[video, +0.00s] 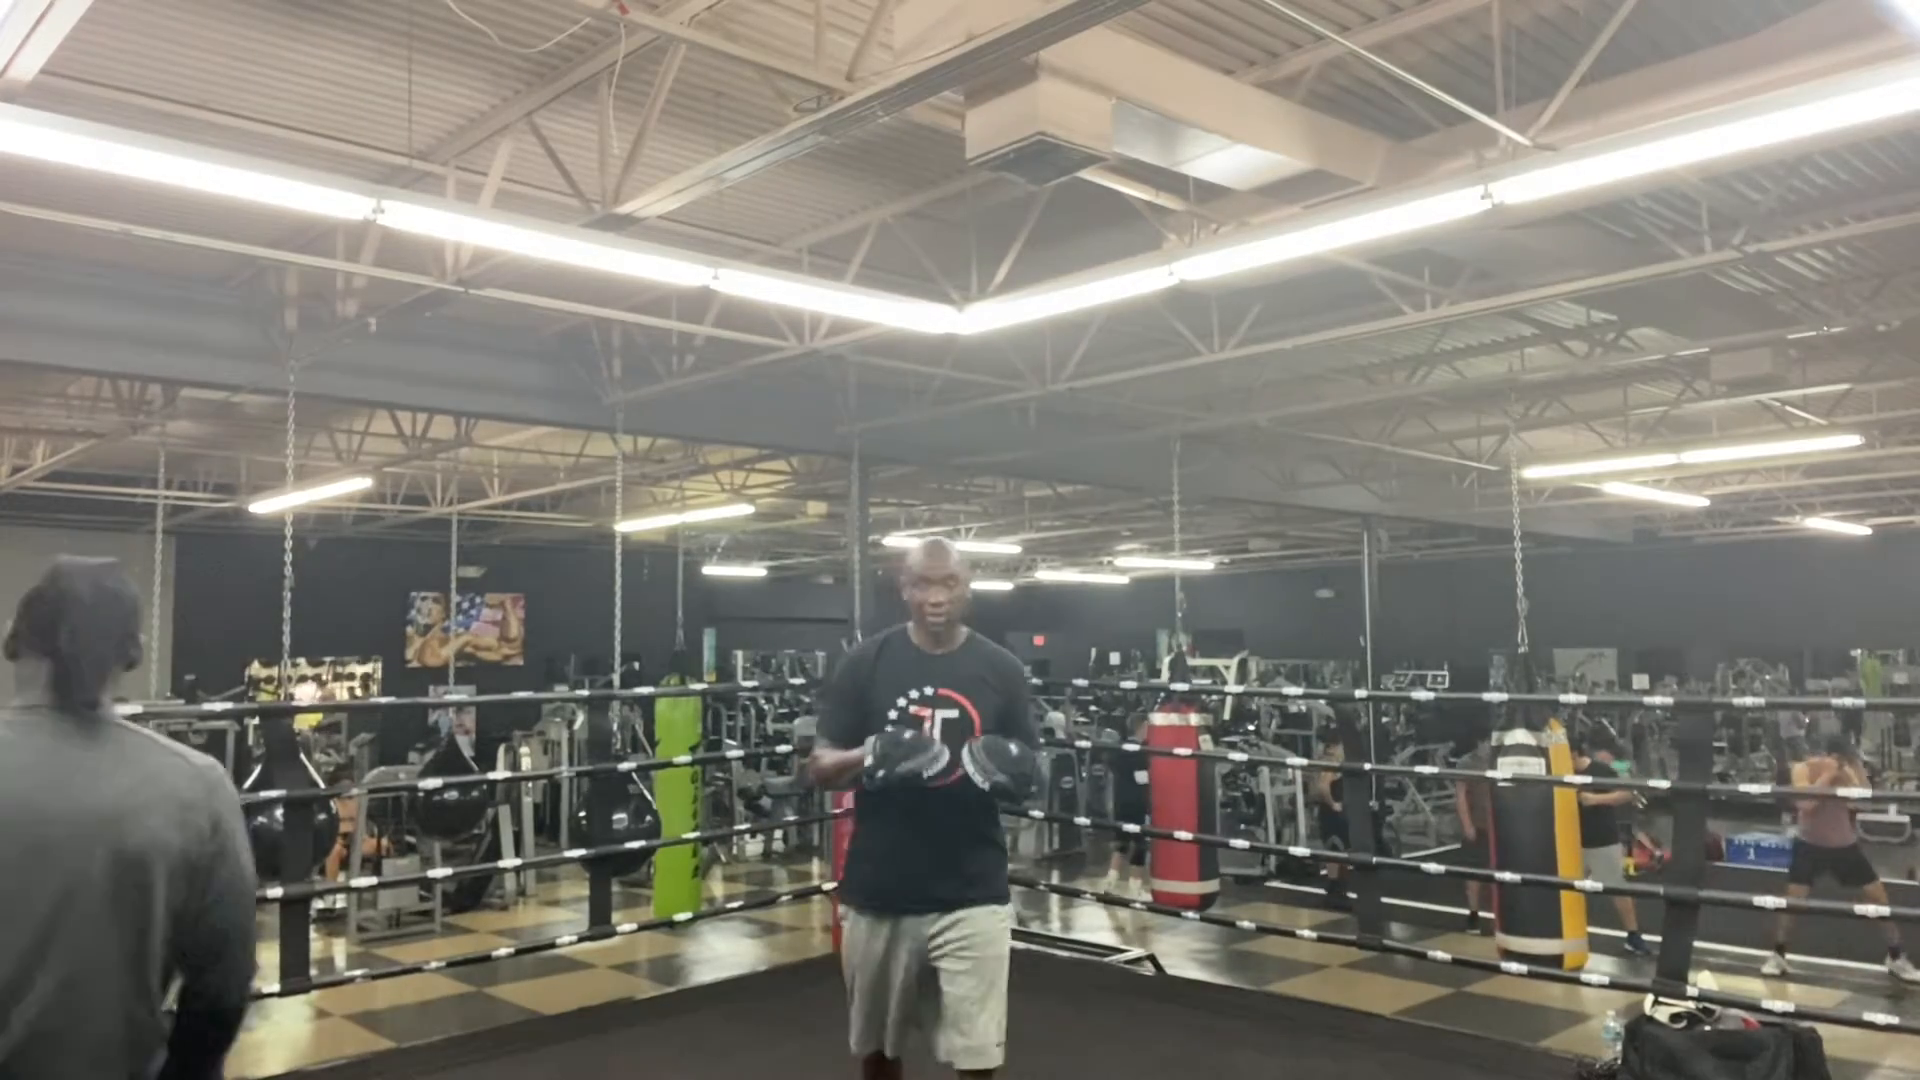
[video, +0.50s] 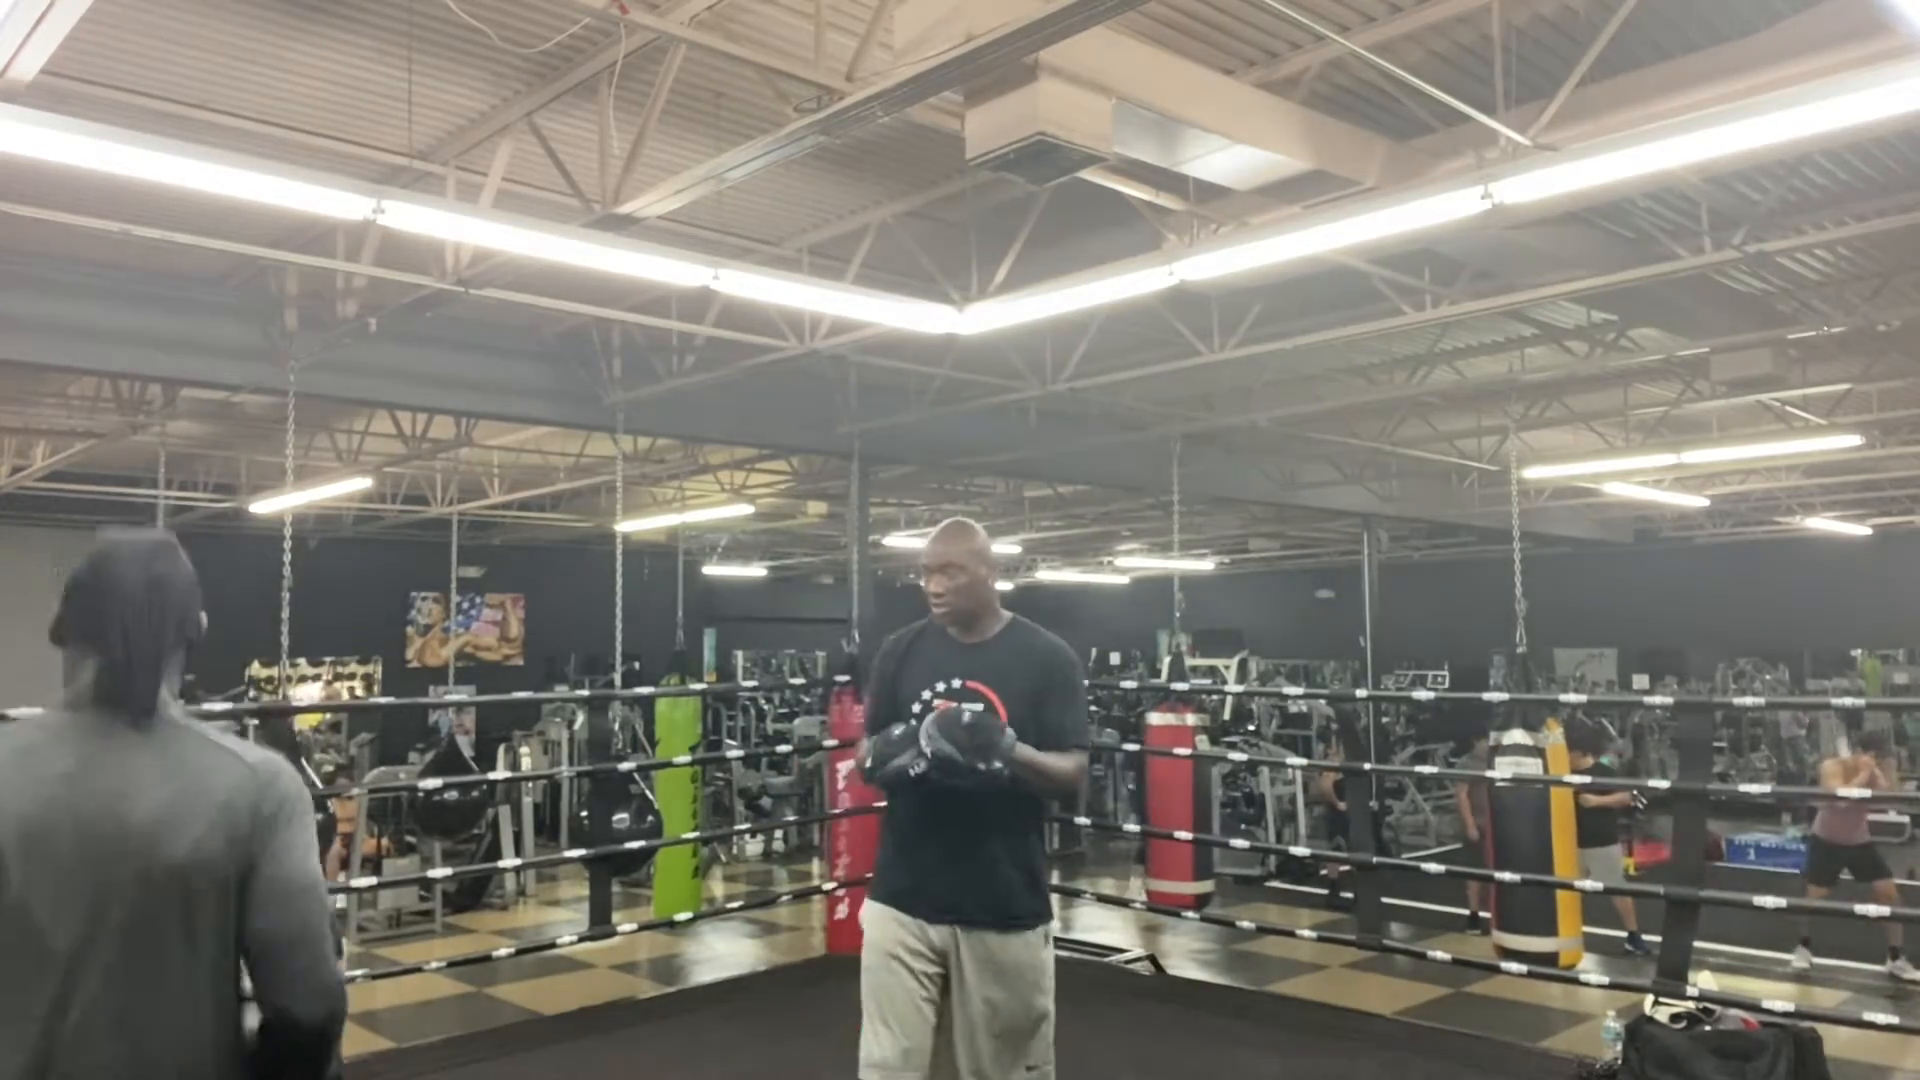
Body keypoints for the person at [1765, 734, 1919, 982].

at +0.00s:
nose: (1836, 762)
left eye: (1841, 759)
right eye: (1833, 757)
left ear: (1846, 758)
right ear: (1823, 753)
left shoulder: (1851, 770)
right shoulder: (1802, 769)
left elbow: (1864, 796)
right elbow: (1804, 805)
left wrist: (1844, 772)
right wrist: (1826, 777)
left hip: (1846, 848)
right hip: (1809, 847)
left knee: (1879, 898)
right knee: (1793, 900)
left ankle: (1896, 957)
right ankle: (1777, 956)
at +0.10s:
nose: (1853, 764)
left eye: (1858, 760)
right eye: (1850, 758)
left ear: (1862, 759)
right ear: (1840, 754)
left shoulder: (1863, 771)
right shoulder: (1817, 769)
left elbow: (1877, 792)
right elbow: (1818, 805)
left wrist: (1864, 768)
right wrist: (1842, 776)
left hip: (1854, 846)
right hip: (1818, 845)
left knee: (1885, 897)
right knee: (1799, 899)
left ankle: (1895, 958)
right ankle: (1779, 955)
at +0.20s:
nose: (1863, 762)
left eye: (1868, 759)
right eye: (1860, 757)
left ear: (1872, 758)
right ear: (1851, 753)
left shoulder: (1874, 773)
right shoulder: (1829, 767)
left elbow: (1886, 800)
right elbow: (1831, 796)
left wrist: (1871, 775)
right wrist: (1856, 774)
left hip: (1860, 843)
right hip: (1826, 841)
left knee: (1888, 894)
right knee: (1803, 896)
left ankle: (1895, 958)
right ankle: (1783, 953)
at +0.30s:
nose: (1871, 764)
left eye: (1876, 760)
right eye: (1869, 758)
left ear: (1878, 760)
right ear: (1859, 753)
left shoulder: (1876, 773)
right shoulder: (1833, 766)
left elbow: (1890, 799)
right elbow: (1836, 795)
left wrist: (1883, 771)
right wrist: (1863, 772)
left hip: (1861, 843)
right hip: (1826, 841)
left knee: (1889, 895)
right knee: (1810, 894)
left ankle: (1895, 957)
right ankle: (1792, 947)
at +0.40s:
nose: (1875, 763)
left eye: (1879, 759)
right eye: (1872, 757)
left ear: (1881, 760)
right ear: (1860, 752)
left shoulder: (1878, 775)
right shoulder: (1834, 767)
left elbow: (1887, 800)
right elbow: (1840, 796)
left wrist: (1877, 772)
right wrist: (1866, 773)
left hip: (1861, 843)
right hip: (1826, 841)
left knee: (1889, 894)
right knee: (1815, 893)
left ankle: (1895, 957)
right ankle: (1801, 945)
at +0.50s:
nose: (1871, 761)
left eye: (1876, 758)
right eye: (1869, 755)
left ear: (1878, 758)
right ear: (1858, 752)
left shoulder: (1875, 772)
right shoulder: (1831, 767)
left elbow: (1887, 799)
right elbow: (1838, 797)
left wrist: (1875, 773)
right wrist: (1864, 773)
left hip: (1859, 843)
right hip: (1826, 842)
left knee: (1889, 894)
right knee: (1815, 895)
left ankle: (1895, 957)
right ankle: (1803, 947)